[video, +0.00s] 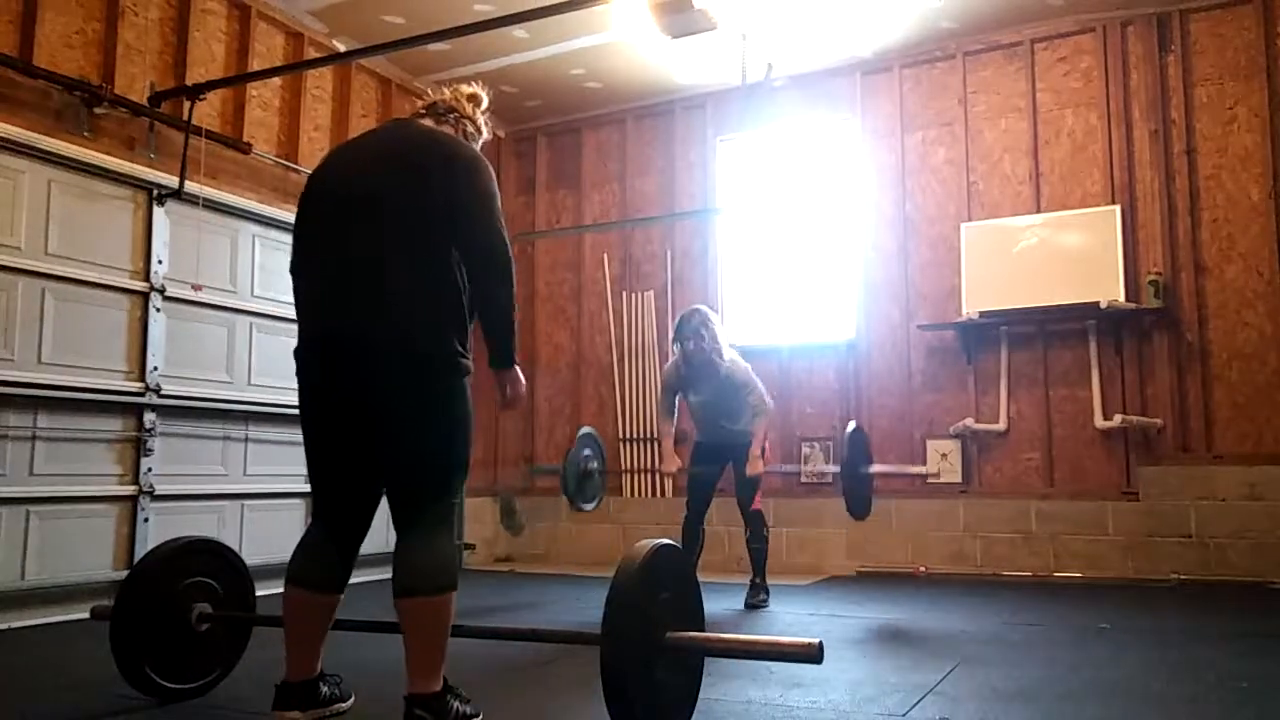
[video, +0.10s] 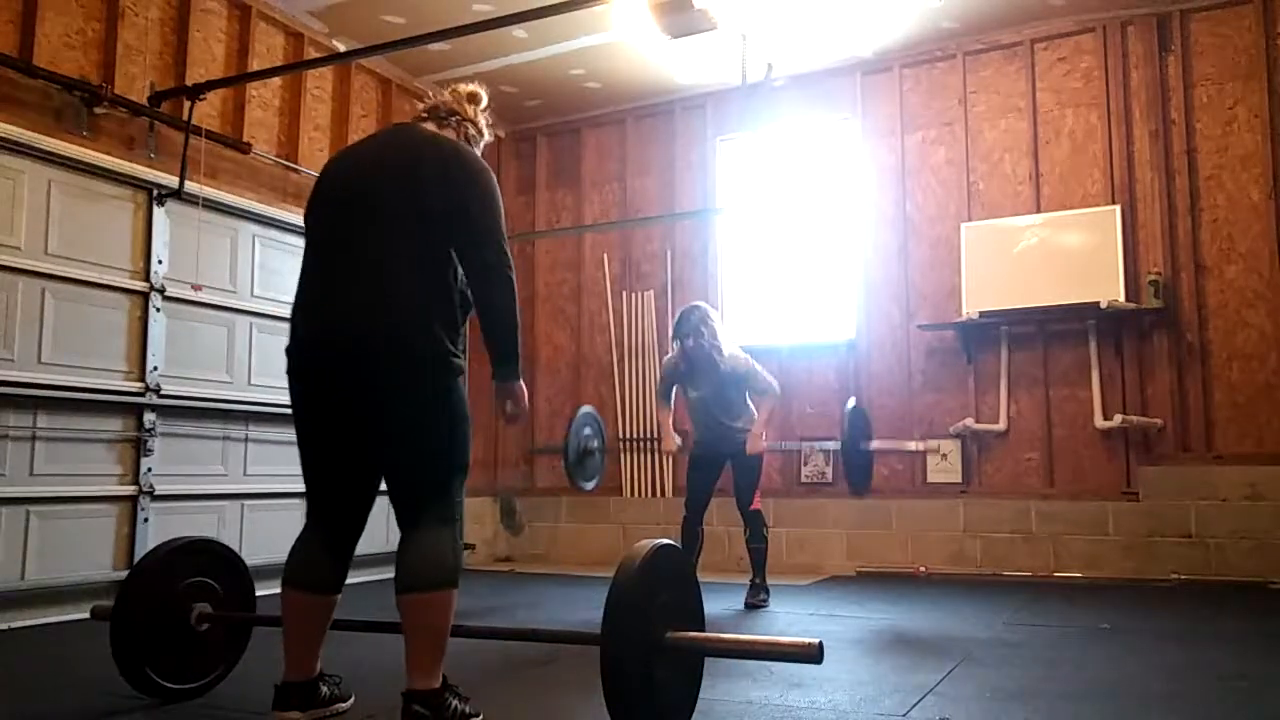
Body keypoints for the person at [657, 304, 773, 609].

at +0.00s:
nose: (692, 346)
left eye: (698, 339)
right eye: (686, 340)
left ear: (711, 338)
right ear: (679, 342)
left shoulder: (731, 366)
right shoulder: (675, 372)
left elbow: (763, 407)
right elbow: (666, 412)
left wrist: (755, 453)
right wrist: (668, 454)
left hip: (743, 441)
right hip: (707, 443)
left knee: (748, 506)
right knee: (694, 511)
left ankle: (758, 583)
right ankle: (685, 581)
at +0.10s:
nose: (692, 344)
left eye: (699, 337)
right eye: (686, 338)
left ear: (712, 334)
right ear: (679, 340)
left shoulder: (733, 361)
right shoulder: (675, 366)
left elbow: (771, 391)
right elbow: (664, 398)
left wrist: (758, 431)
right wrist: (666, 432)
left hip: (744, 440)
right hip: (705, 442)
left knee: (747, 504)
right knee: (693, 511)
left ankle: (758, 583)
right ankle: (685, 581)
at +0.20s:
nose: (695, 342)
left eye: (701, 335)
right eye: (688, 336)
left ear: (712, 332)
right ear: (679, 339)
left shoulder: (735, 358)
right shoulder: (674, 362)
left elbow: (776, 372)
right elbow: (661, 377)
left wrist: (758, 408)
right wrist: (665, 410)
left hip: (744, 440)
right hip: (705, 442)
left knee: (746, 504)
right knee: (692, 511)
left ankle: (758, 582)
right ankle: (685, 581)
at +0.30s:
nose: (697, 340)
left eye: (700, 332)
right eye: (689, 335)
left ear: (711, 330)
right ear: (680, 337)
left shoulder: (733, 355)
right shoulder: (674, 358)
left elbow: (779, 361)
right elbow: (654, 366)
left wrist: (759, 397)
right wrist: (665, 398)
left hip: (742, 439)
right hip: (705, 441)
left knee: (747, 505)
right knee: (691, 512)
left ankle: (758, 582)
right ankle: (684, 582)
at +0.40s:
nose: (694, 339)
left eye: (699, 331)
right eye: (686, 333)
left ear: (713, 328)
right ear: (679, 336)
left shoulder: (733, 355)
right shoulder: (675, 357)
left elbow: (779, 366)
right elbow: (654, 370)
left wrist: (758, 403)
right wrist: (664, 402)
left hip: (743, 441)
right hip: (704, 443)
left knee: (747, 506)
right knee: (692, 512)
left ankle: (758, 582)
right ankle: (684, 581)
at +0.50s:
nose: (691, 341)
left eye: (698, 333)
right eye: (685, 335)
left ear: (713, 332)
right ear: (678, 337)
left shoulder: (732, 360)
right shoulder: (673, 364)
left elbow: (775, 388)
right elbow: (657, 389)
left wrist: (758, 425)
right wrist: (664, 424)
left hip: (742, 442)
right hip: (703, 443)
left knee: (747, 506)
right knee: (691, 512)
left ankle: (758, 582)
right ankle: (684, 581)